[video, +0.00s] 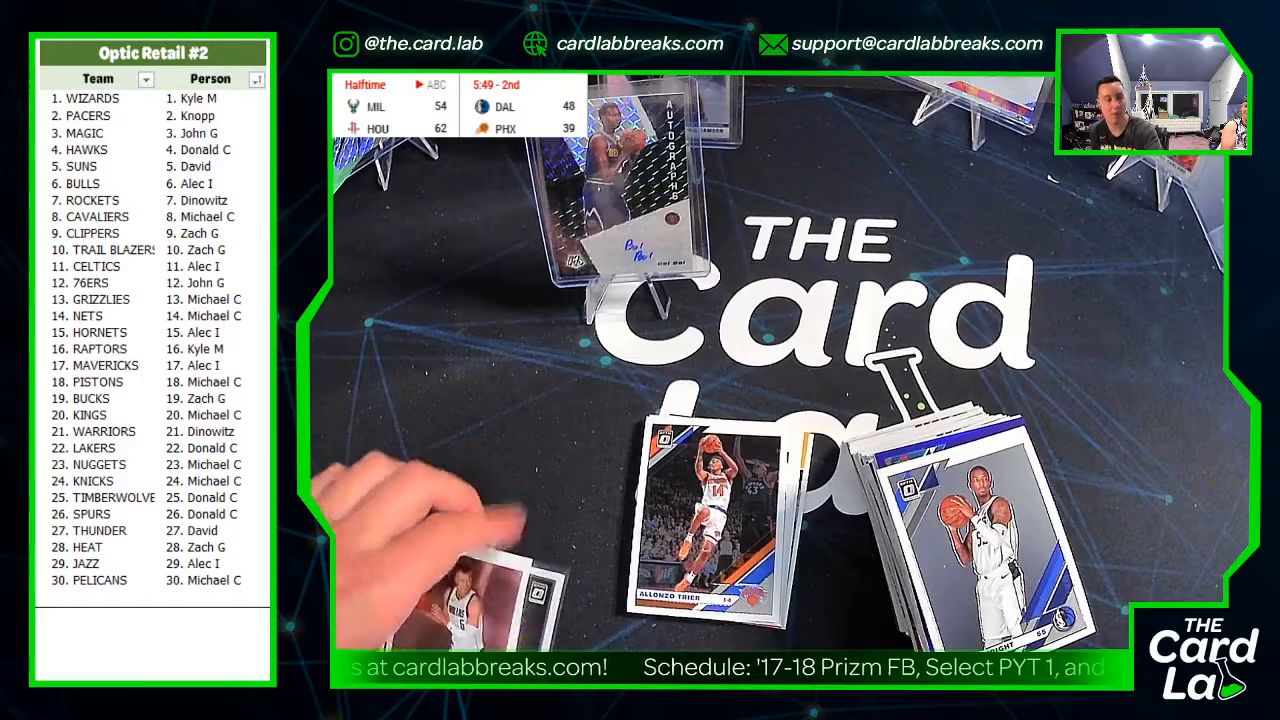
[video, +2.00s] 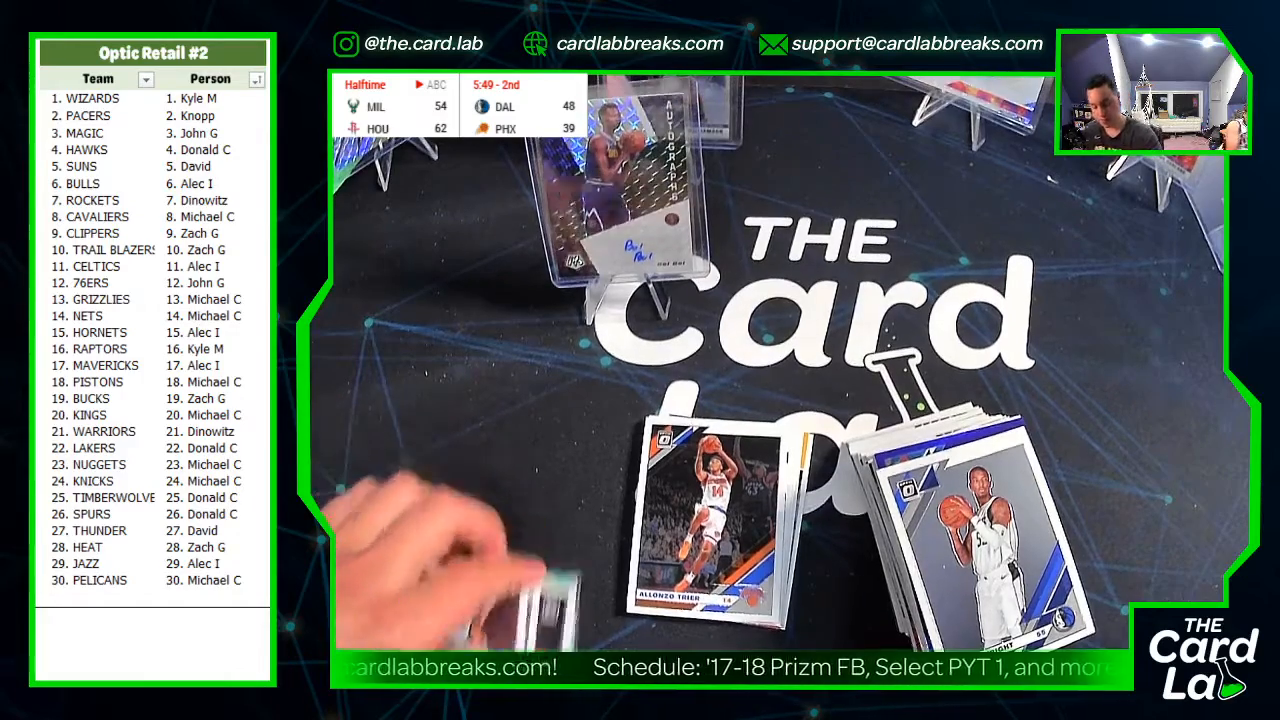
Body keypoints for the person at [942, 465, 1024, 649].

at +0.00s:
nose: (980, 483)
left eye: (984, 479)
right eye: (976, 480)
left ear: (990, 481)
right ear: (970, 485)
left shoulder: (1000, 504)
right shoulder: (974, 517)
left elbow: (996, 538)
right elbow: (965, 559)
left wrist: (972, 516)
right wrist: (953, 530)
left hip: (1007, 579)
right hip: (985, 585)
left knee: (1018, 632)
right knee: (992, 640)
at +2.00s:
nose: (980, 484)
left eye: (983, 480)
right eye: (975, 481)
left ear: (990, 482)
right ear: (970, 486)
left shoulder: (999, 504)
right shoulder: (974, 519)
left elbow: (997, 539)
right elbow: (965, 559)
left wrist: (972, 516)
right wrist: (953, 531)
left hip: (1006, 578)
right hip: (984, 585)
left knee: (1017, 632)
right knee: (991, 639)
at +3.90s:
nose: (981, 484)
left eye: (984, 480)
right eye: (976, 481)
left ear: (990, 484)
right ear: (970, 487)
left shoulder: (1000, 505)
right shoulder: (976, 515)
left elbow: (996, 541)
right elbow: (964, 555)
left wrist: (972, 518)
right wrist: (954, 532)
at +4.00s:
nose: (981, 484)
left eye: (985, 480)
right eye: (976, 481)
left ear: (990, 484)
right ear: (970, 487)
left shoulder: (1000, 505)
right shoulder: (977, 514)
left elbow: (997, 540)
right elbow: (964, 554)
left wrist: (972, 518)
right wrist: (954, 532)